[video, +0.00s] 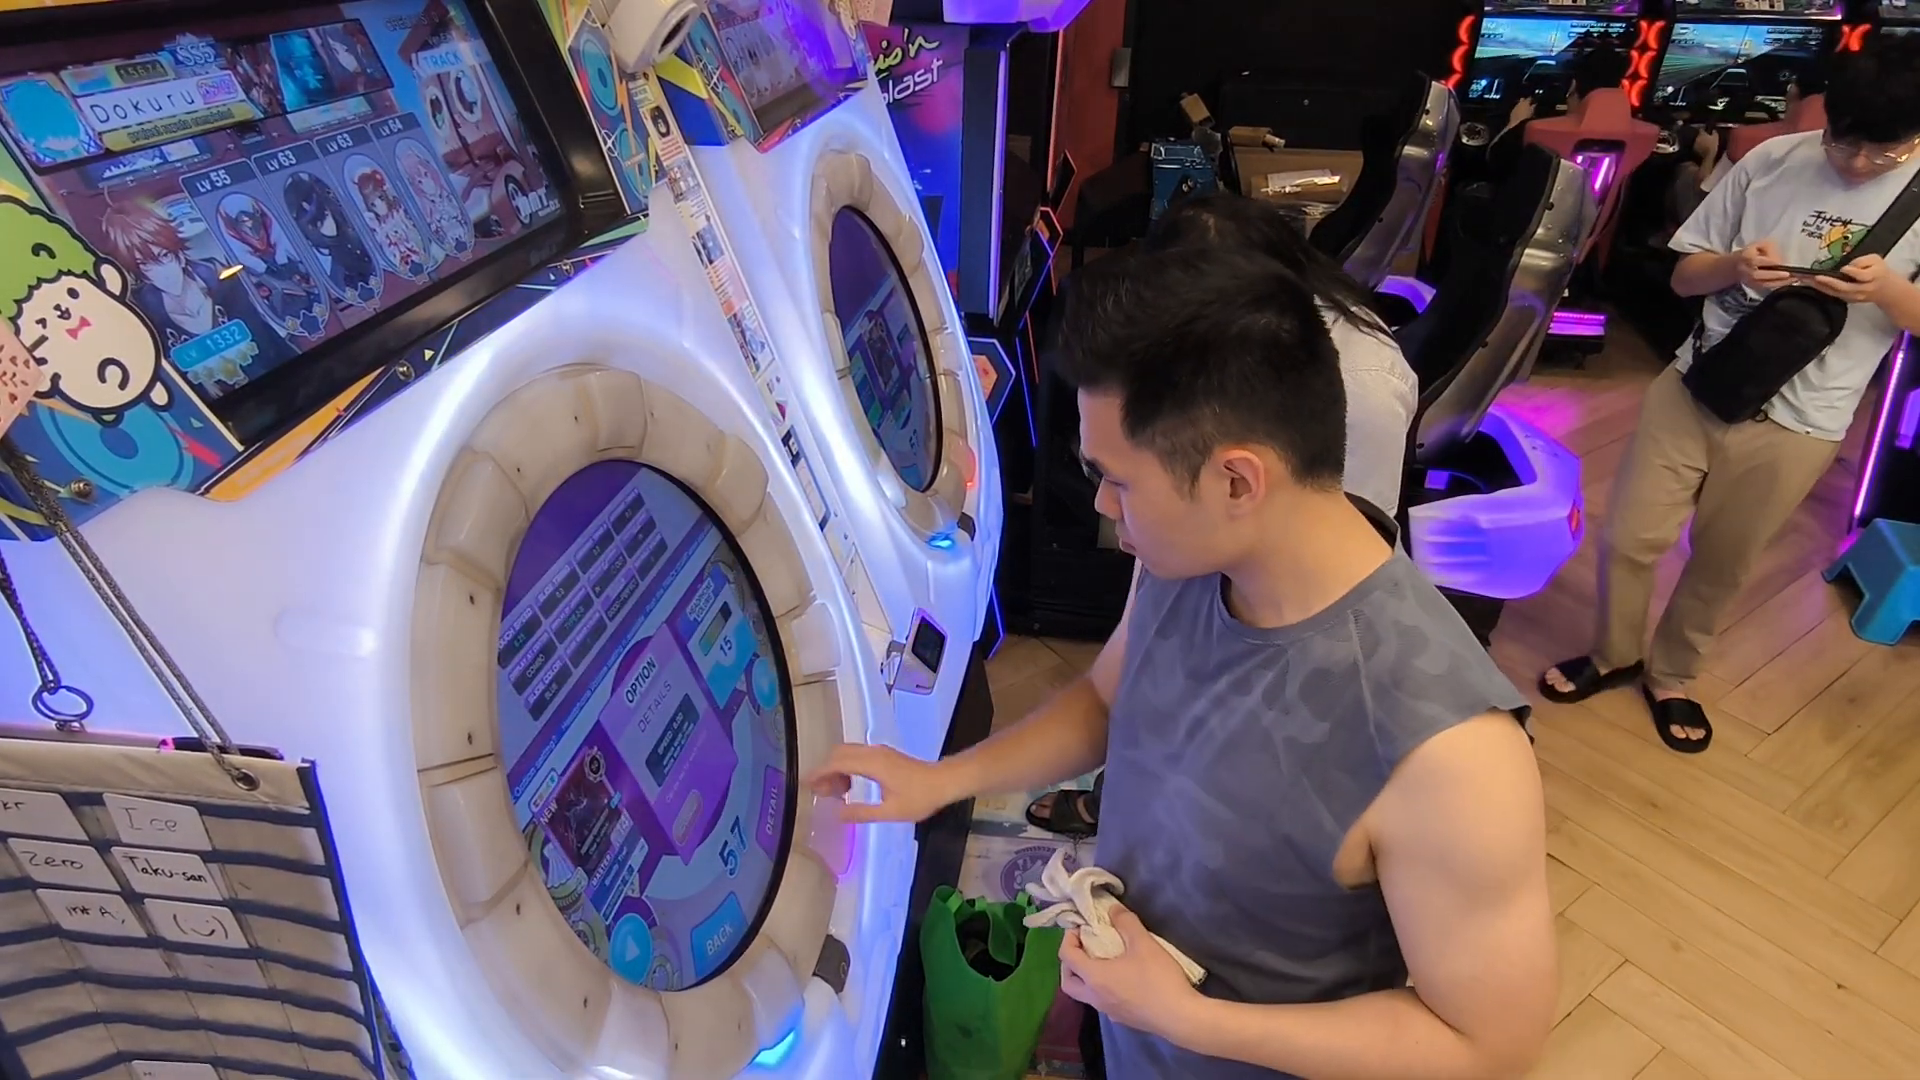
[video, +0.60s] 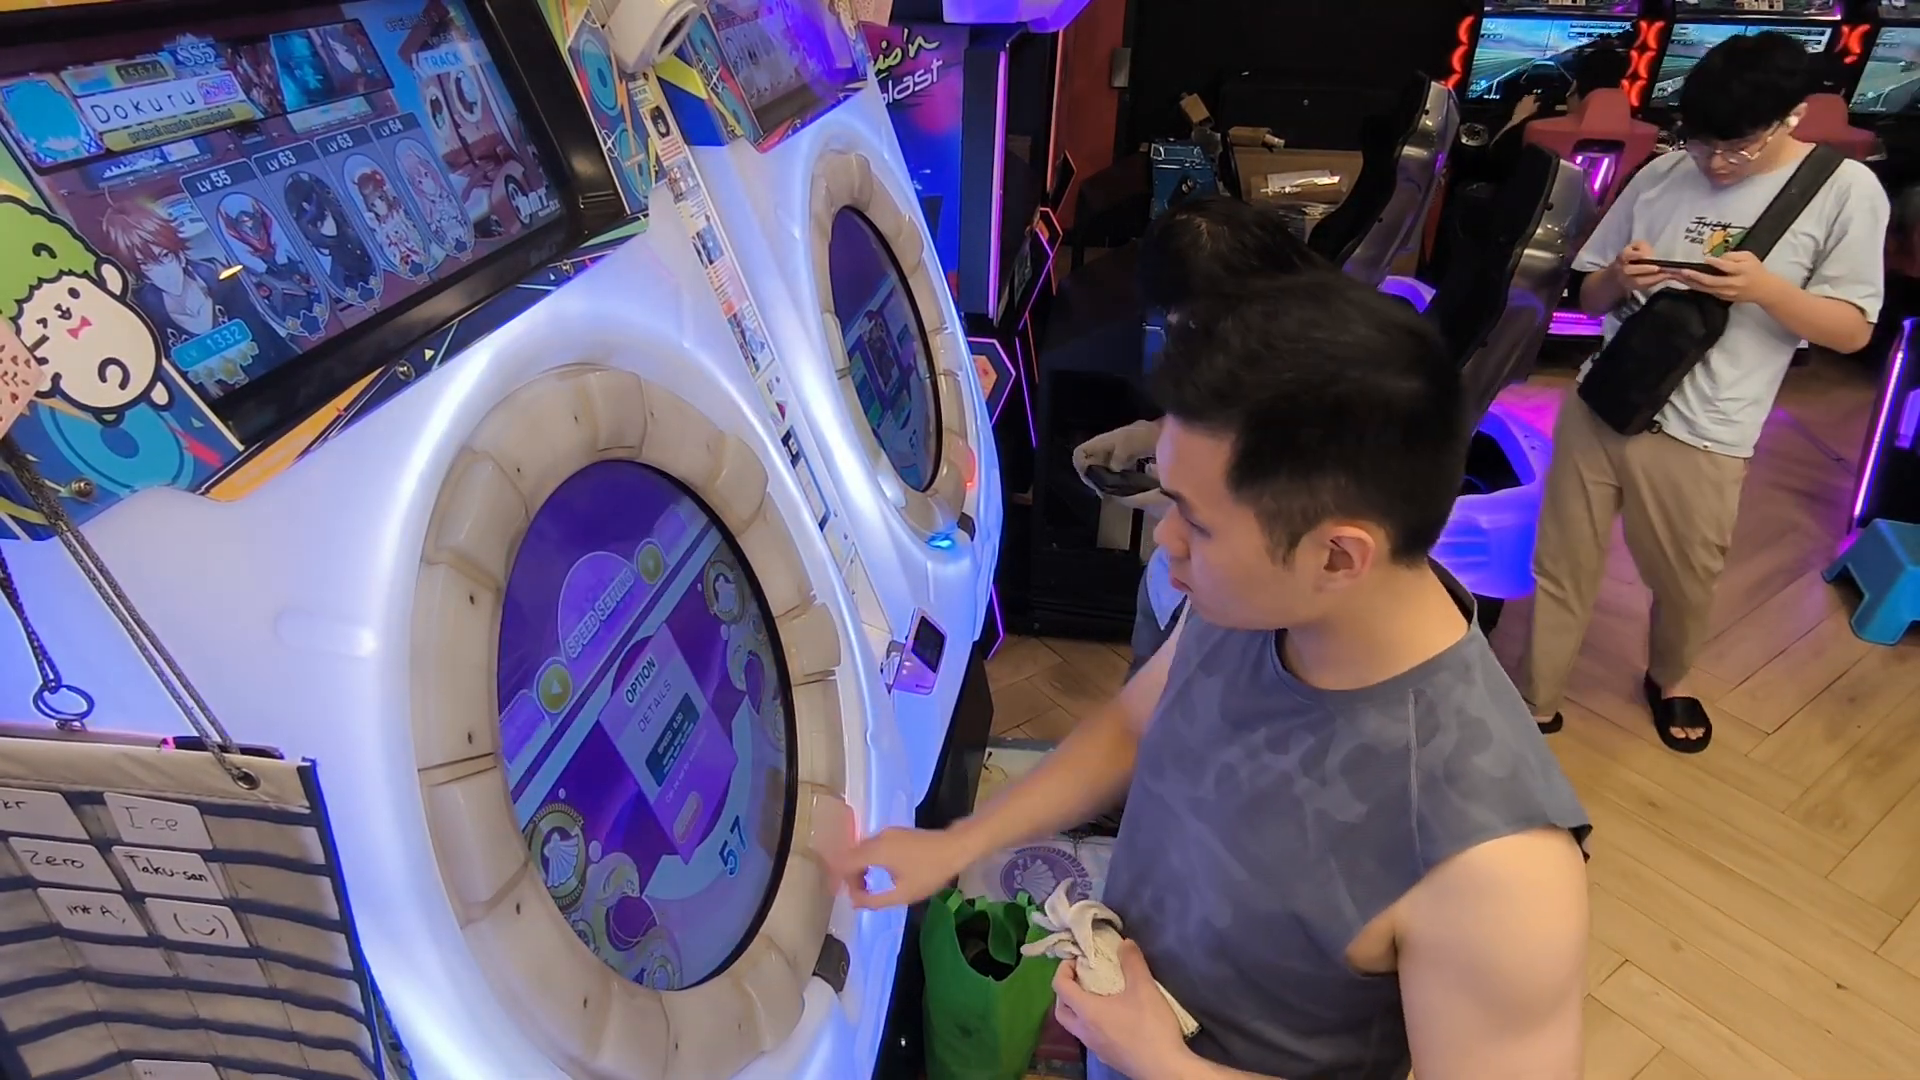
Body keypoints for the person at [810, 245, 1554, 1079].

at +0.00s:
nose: (1101, 506)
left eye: (1112, 481)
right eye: (1097, 476)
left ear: (1238, 482)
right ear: (1236, 484)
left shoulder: (1442, 743)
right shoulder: (1185, 567)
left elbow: (1487, 1041)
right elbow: (1100, 705)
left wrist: (1193, 1018)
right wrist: (946, 779)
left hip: (1250, 1070)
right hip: (1118, 1036)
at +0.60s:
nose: (1160, 538)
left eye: (1192, 523)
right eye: (1169, 500)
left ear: (1340, 557)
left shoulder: (1493, 862)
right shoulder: (1242, 599)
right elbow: (1128, 730)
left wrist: (1169, 1062)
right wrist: (960, 843)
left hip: (1213, 1067)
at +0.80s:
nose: (1182, 542)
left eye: (1218, 526)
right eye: (1195, 502)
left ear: (1371, 573)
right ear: (1362, 566)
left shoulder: (1509, 893)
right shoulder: (1254, 597)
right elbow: (1053, 697)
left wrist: (1168, 1064)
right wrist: (852, 745)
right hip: (1095, 994)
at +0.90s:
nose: (1192, 549)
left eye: (1228, 535)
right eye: (1204, 508)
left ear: (1386, 581)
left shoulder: (1516, 906)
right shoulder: (1250, 596)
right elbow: (1021, 681)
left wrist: (1171, 1071)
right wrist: (794, 713)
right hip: (1091, 992)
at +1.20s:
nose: (1207, 573)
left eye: (1253, 565)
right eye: (1222, 530)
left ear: (1418, 604)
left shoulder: (1545, 935)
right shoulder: (1244, 595)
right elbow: (1002, 680)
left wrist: (1199, 1074)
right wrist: (766, 723)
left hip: (1241, 1070)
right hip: (1108, 1001)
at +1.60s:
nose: (1198, 565)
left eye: (1240, 554)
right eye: (1211, 523)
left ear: (1407, 596)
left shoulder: (1543, 931)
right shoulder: (1247, 601)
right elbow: (999, 682)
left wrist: (1203, 1078)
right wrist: (749, 729)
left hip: (1243, 1076)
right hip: (1105, 1004)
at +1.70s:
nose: (1195, 562)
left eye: (1235, 550)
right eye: (1208, 521)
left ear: (1402, 592)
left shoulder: (1541, 928)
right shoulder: (1245, 606)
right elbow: (994, 682)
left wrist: (1204, 1077)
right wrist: (746, 727)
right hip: (1108, 996)